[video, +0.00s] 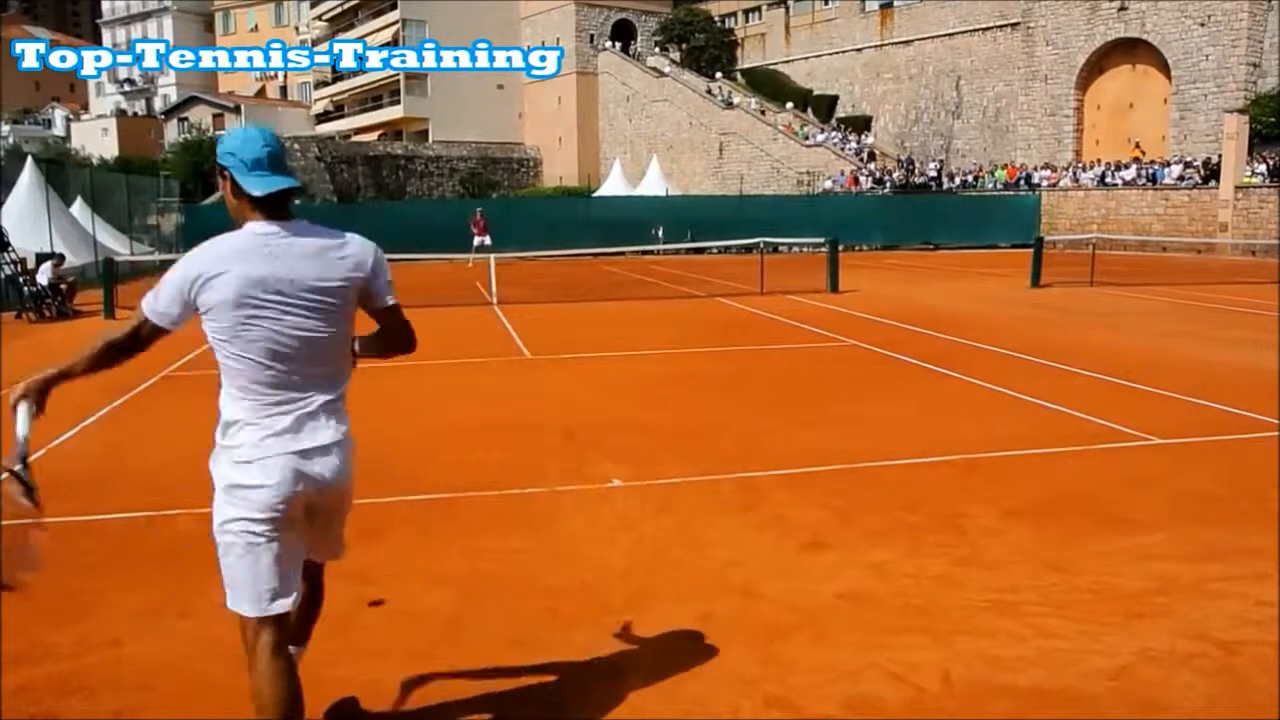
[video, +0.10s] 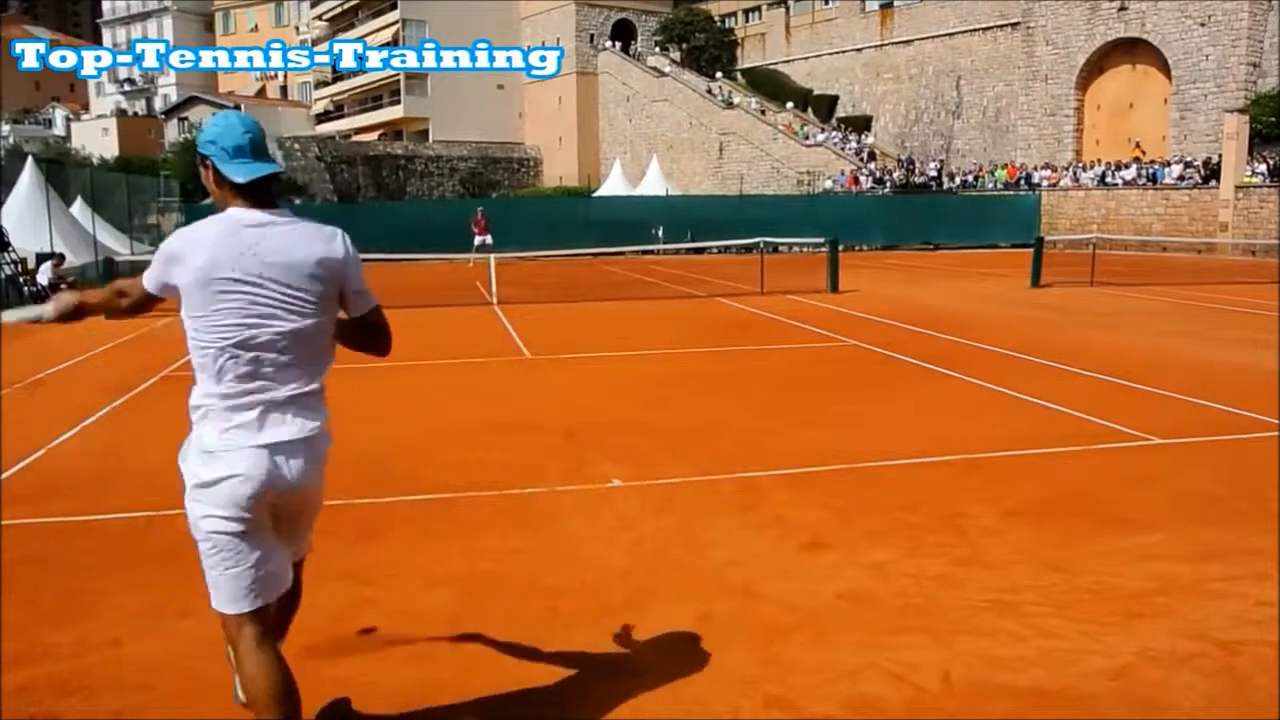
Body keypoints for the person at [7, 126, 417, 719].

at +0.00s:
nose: (222, 192)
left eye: (222, 183)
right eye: (224, 183)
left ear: (229, 186)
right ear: (288, 182)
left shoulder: (210, 262)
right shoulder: (353, 253)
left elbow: (130, 339)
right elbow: (400, 339)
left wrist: (48, 379)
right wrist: (343, 346)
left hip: (255, 462)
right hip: (331, 455)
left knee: (268, 641)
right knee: (309, 572)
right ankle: (283, 667)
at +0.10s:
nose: (202, 177)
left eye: (202, 169)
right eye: (208, 168)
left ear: (211, 175)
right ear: (270, 167)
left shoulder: (190, 246)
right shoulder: (329, 244)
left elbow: (132, 297)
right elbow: (377, 339)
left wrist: (77, 302)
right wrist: (311, 314)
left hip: (226, 456)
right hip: (303, 452)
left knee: (252, 635)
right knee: (287, 570)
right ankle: (255, 673)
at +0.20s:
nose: (187, 172)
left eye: (187, 164)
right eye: (188, 164)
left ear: (196, 168)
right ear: (256, 164)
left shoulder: (168, 230)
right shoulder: (308, 242)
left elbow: (113, 255)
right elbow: (350, 341)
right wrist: (284, 303)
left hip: (188, 452)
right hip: (273, 448)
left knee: (224, 625)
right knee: (269, 571)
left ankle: (275, 717)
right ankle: (253, 679)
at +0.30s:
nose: (170, 167)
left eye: (172, 159)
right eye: (173, 159)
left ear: (183, 162)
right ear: (240, 162)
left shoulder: (144, 220)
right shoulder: (286, 242)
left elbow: (99, 208)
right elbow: (325, 348)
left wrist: (155, 176)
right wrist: (259, 306)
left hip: (154, 451)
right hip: (241, 451)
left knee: (190, 624)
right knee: (254, 570)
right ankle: (256, 675)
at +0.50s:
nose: (159, 165)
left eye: (162, 157)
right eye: (166, 154)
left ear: (168, 160)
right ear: (228, 164)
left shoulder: (126, 212)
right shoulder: (261, 248)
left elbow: (89, 169)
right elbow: (299, 355)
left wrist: (153, 141)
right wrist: (231, 310)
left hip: (124, 457)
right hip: (214, 456)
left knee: (155, 639)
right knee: (248, 575)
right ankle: (267, 678)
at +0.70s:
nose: (124, 171)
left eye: (128, 163)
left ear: (128, 170)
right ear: (196, 188)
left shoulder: (82, 218)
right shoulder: (211, 274)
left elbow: (75, 117)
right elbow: (249, 379)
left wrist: (172, 99)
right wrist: (197, 316)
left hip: (67, 479)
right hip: (166, 478)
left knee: (65, 674)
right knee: (233, 580)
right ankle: (286, 692)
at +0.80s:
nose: (123, 172)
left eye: (128, 164)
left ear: (129, 170)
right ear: (197, 188)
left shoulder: (83, 218)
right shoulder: (210, 274)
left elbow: (75, 117)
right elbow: (249, 378)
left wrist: (174, 99)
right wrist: (200, 314)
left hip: (67, 479)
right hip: (166, 479)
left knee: (65, 674)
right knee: (233, 580)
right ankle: (286, 692)